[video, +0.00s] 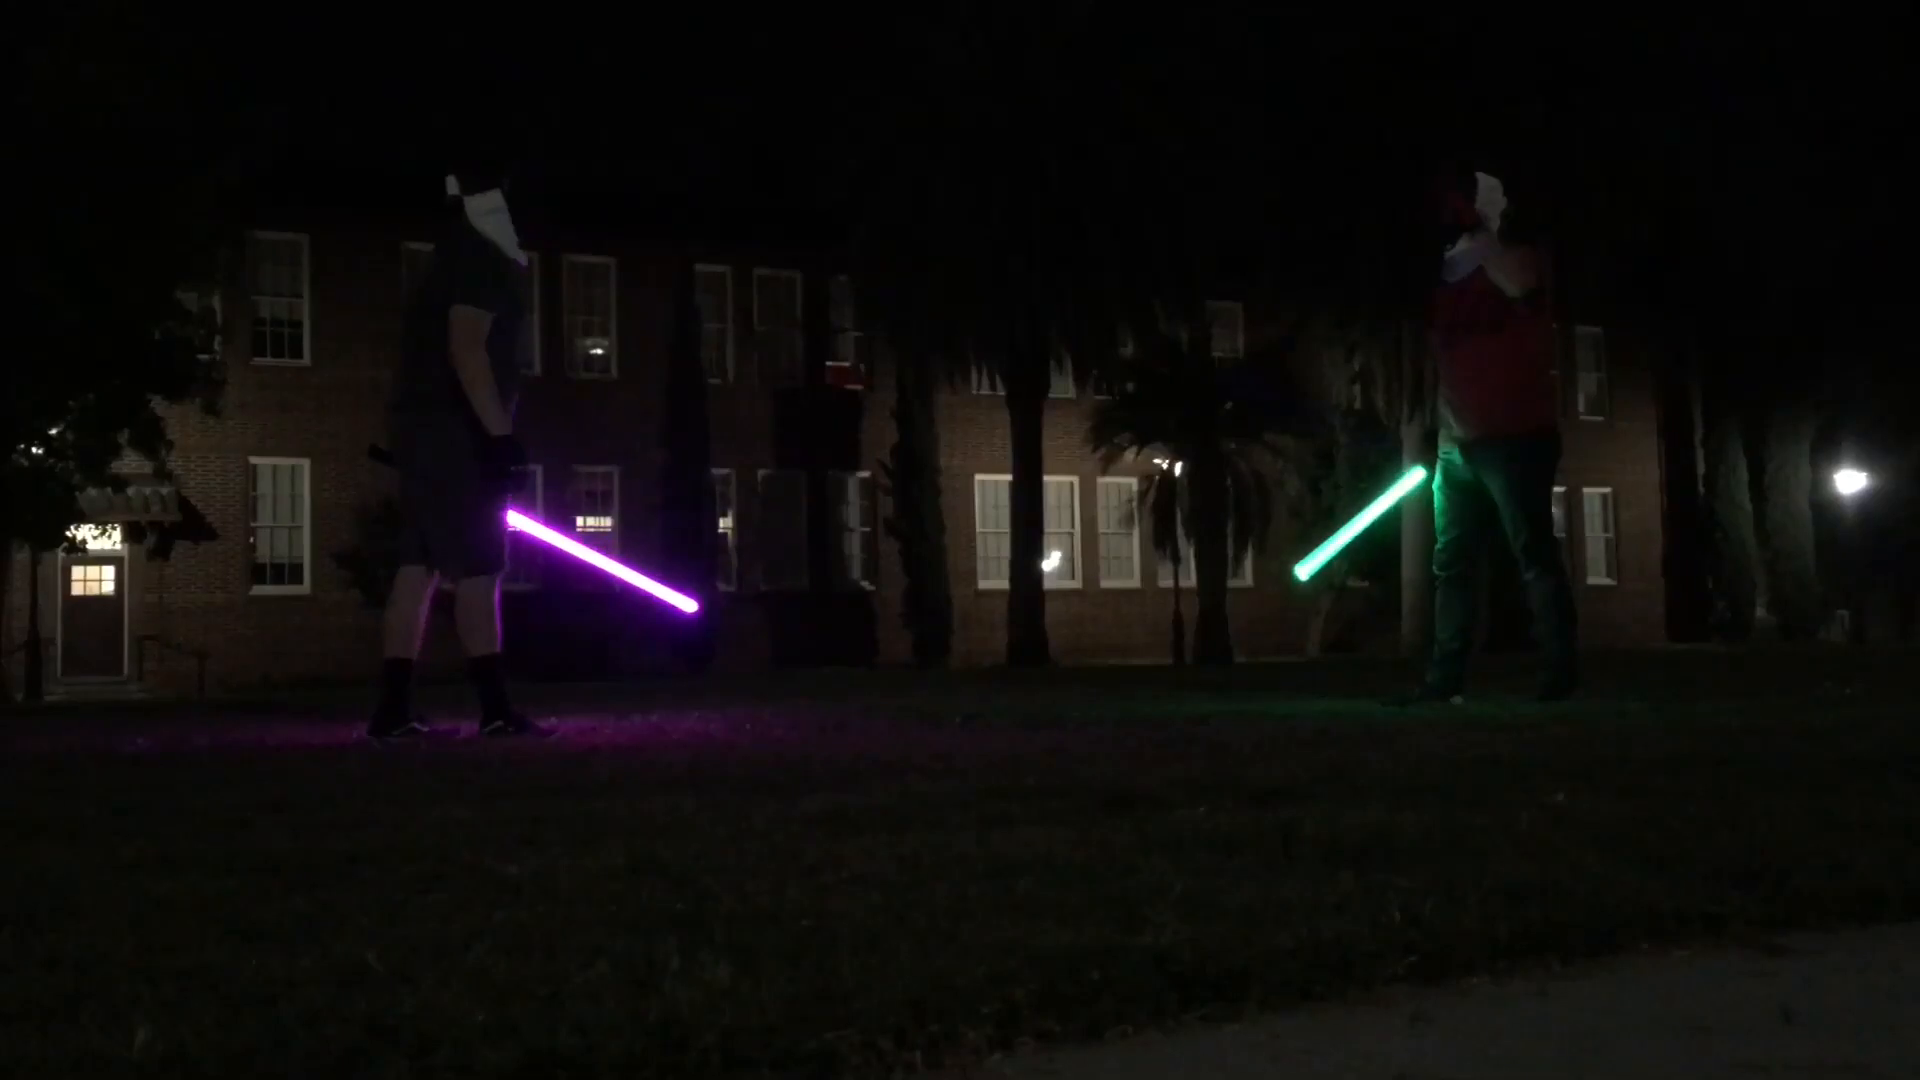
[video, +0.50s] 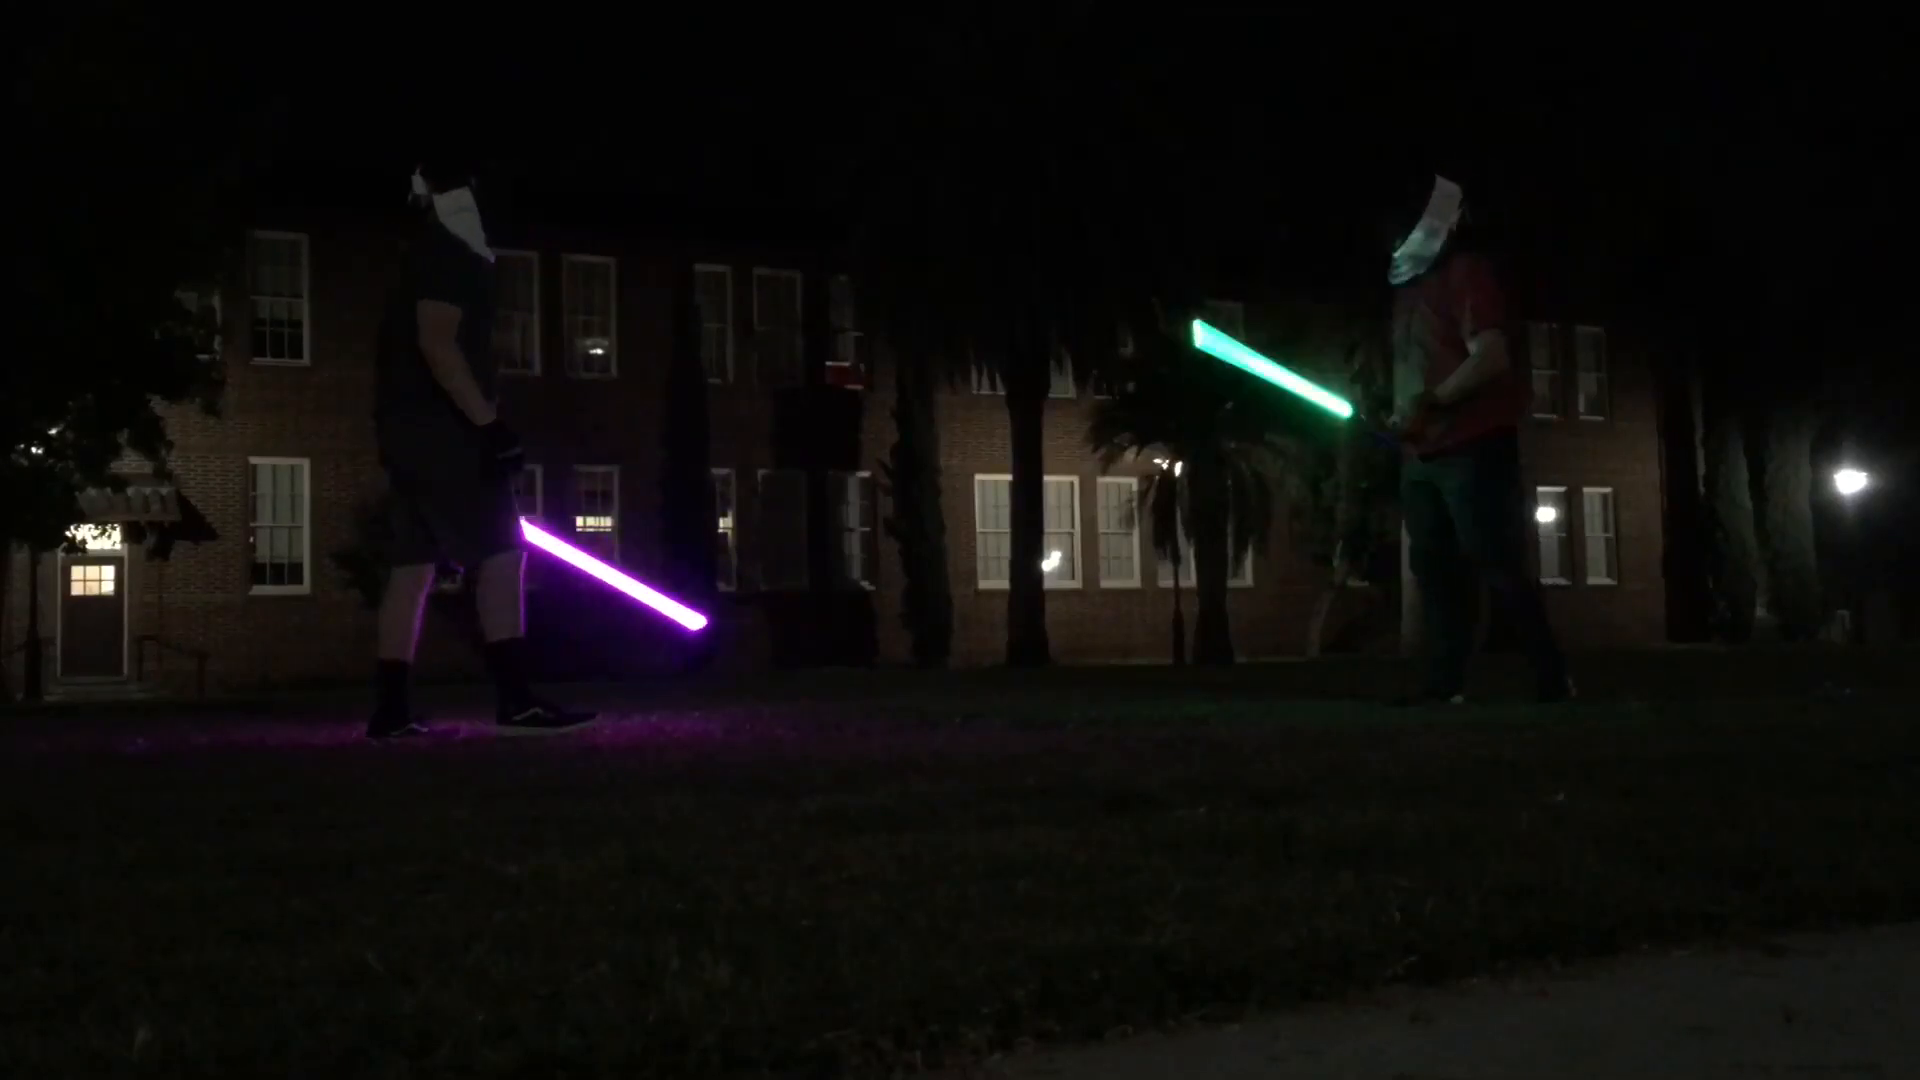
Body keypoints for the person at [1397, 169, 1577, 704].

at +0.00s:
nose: (1457, 212)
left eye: (1466, 201)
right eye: (1455, 204)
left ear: (1490, 204)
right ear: (1457, 208)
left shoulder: (1519, 250)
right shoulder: (1454, 262)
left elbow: (1521, 285)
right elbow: (1437, 346)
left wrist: (1481, 234)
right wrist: (1422, 424)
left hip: (1515, 433)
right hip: (1457, 436)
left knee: (1534, 557)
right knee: (1451, 564)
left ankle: (1557, 674)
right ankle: (1444, 679)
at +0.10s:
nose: (1463, 224)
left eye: (1472, 214)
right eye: (1458, 213)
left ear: (1490, 216)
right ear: (1447, 216)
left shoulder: (1511, 265)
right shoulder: (1445, 271)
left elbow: (1518, 322)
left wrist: (1455, 293)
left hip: (1510, 439)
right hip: (1452, 439)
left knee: (1529, 556)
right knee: (1448, 562)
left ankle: (1558, 672)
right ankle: (1445, 678)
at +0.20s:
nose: (1440, 235)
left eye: (1451, 224)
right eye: (1439, 223)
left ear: (1475, 223)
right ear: (1440, 223)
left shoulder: (1503, 273)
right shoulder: (1439, 279)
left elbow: (1520, 339)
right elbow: (1431, 357)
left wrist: (1456, 346)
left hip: (1500, 445)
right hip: (1446, 447)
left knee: (1525, 561)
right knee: (1445, 567)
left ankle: (1557, 673)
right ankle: (1444, 680)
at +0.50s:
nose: (1404, 239)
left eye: (1415, 227)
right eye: (1404, 228)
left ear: (1440, 227)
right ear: (1409, 230)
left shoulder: (1465, 276)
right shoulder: (1410, 287)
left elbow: (1492, 356)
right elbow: (1415, 366)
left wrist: (1431, 402)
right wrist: (1401, 410)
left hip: (1477, 447)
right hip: (1427, 452)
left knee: (1496, 566)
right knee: (1435, 571)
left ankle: (1549, 676)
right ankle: (1442, 680)